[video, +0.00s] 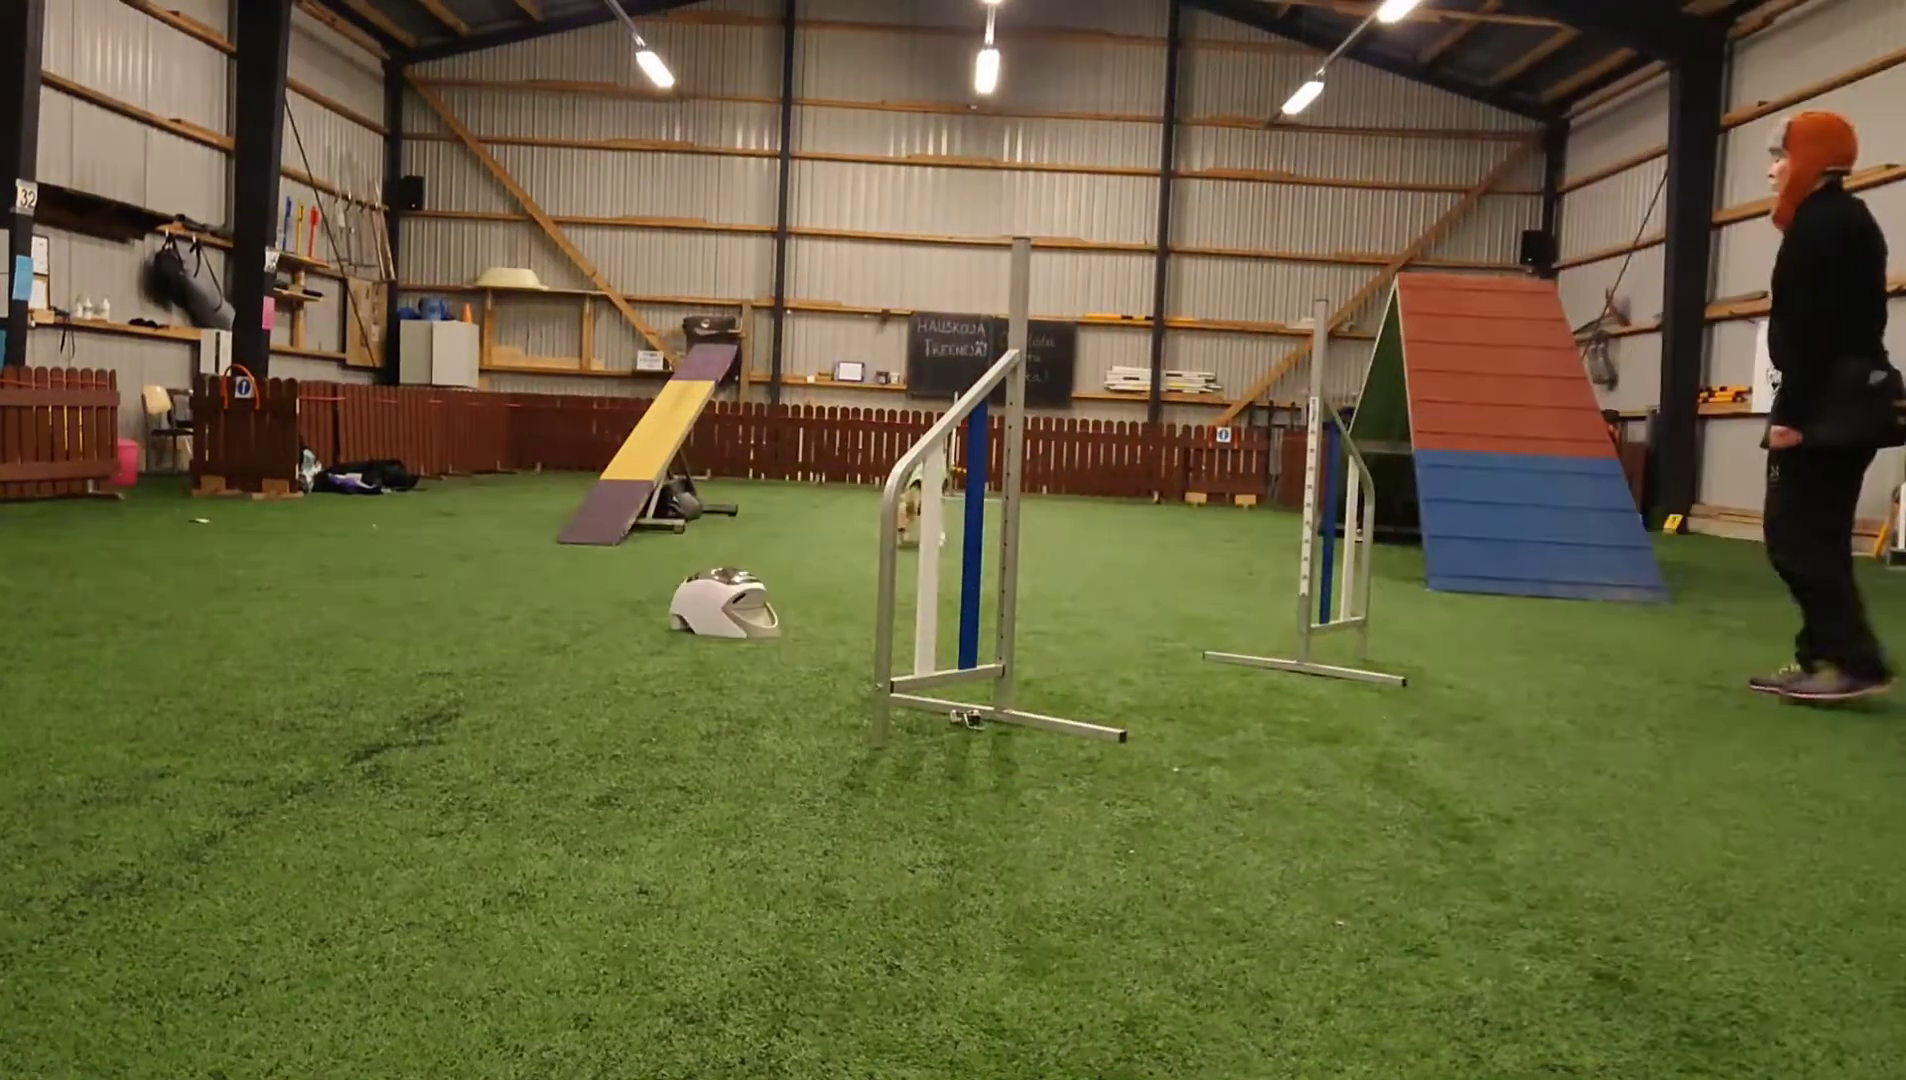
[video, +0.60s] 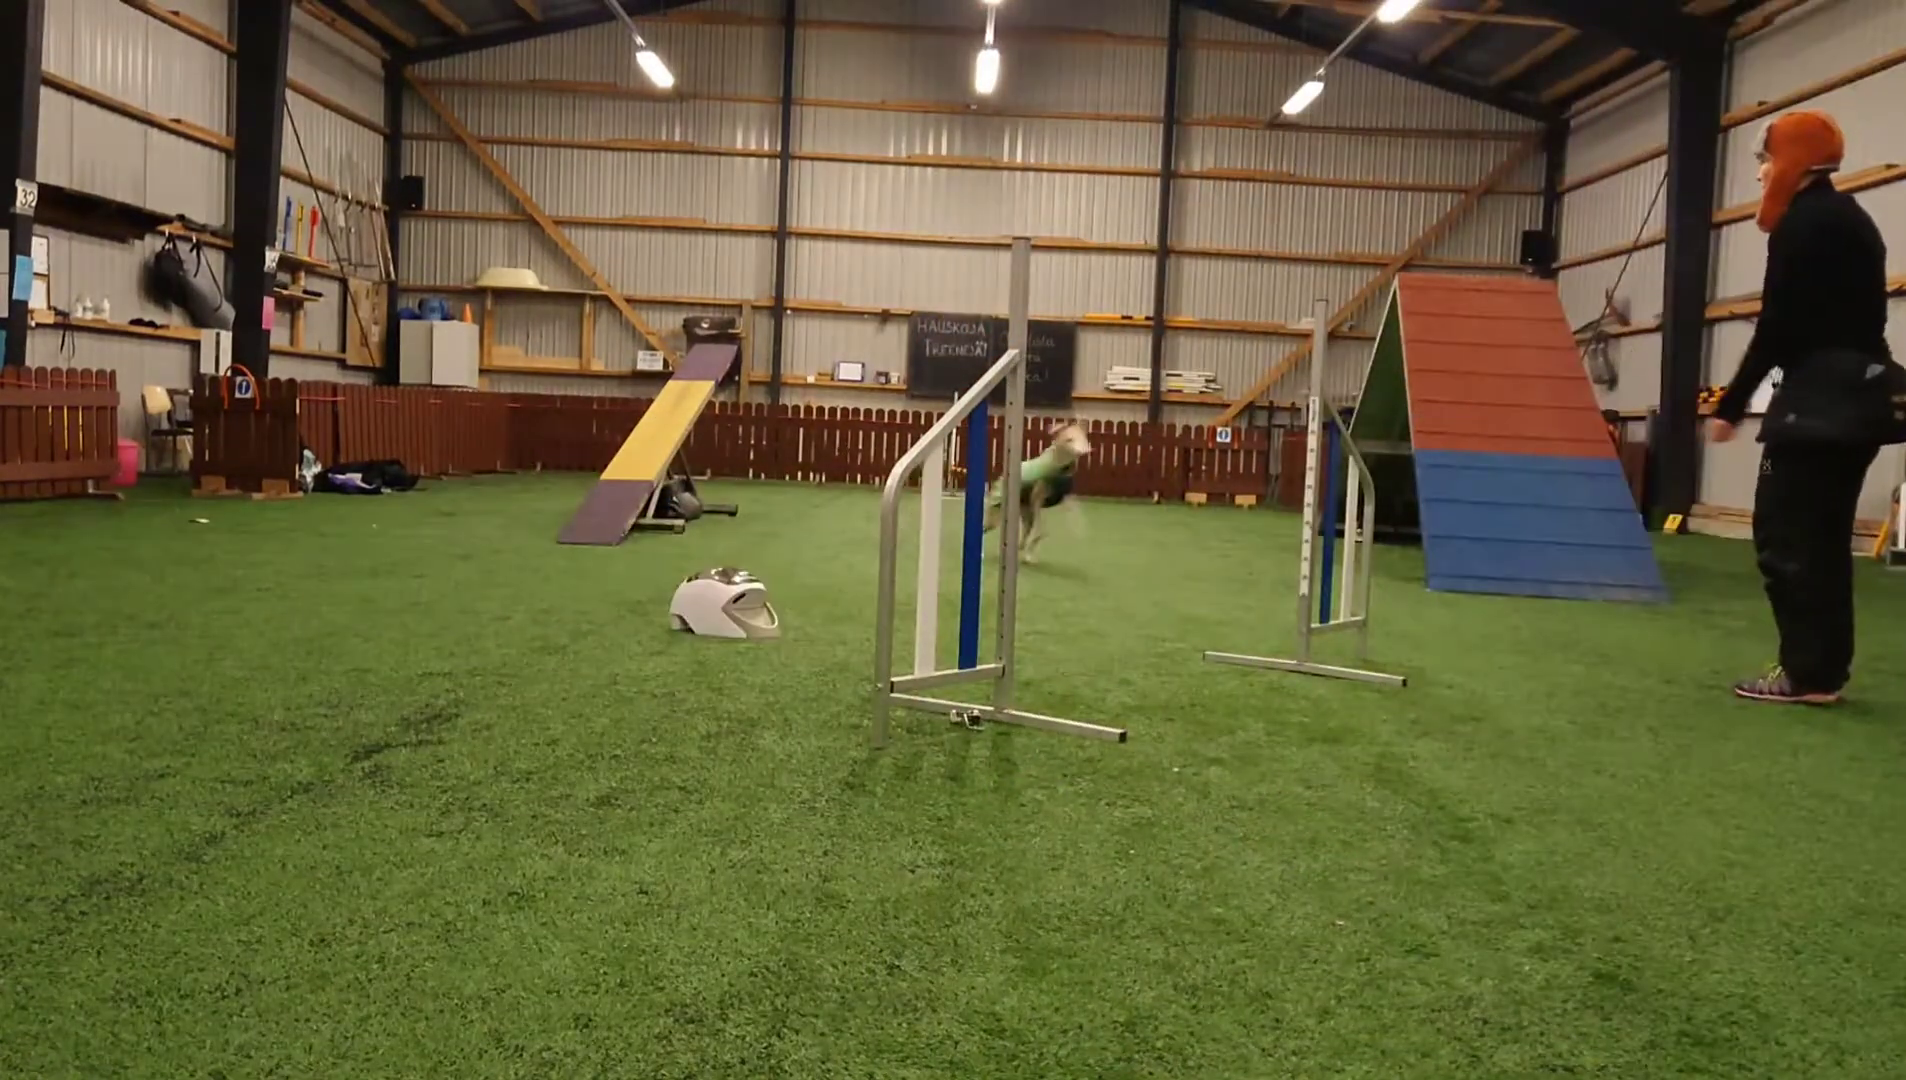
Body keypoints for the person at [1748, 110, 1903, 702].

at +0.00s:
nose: (1775, 166)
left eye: (1784, 155)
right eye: (1779, 154)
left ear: (1811, 162)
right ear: (1830, 162)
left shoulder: (1815, 225)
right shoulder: (1856, 220)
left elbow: (1811, 328)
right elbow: (1864, 324)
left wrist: (1790, 412)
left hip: (1822, 410)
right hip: (1852, 406)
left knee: (1793, 535)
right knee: (1822, 534)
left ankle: (1856, 663)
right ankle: (1822, 661)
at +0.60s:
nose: (1763, 168)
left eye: (1769, 158)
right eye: (1765, 157)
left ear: (1794, 163)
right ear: (1821, 162)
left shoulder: (1798, 225)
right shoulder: (1857, 222)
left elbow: (1776, 328)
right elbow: (1866, 326)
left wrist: (1731, 405)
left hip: (1812, 408)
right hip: (1855, 407)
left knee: (1782, 534)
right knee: (1826, 535)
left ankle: (1806, 673)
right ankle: (1825, 670)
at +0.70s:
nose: (1756, 176)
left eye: (1762, 164)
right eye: (1758, 164)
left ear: (1787, 169)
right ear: (1813, 168)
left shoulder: (1797, 232)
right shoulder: (1856, 224)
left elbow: (1768, 334)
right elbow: (1867, 323)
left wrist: (1692, 396)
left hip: (1831, 410)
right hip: (1875, 408)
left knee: (1788, 535)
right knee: (1835, 536)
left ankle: (1815, 674)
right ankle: (1827, 671)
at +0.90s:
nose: (1748, 209)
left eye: (1752, 195)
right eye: (1747, 197)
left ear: (1781, 194)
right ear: (1804, 191)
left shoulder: (1802, 246)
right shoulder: (1861, 232)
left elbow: (1777, 347)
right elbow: (1879, 318)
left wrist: (1693, 349)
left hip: (1865, 416)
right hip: (1894, 415)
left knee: (1835, 538)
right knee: (1844, 539)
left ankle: (1891, 675)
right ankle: (1822, 669)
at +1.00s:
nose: (1754, 217)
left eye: (1759, 204)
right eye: (1753, 205)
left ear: (1790, 203)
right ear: (1808, 201)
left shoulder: (1812, 258)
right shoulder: (1865, 235)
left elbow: (1786, 360)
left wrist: (1703, 367)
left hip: (1883, 423)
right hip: (1892, 420)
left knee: (1848, 541)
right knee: (1871, 545)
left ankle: (1823, 672)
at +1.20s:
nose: (1773, 244)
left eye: (1775, 230)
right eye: (1768, 233)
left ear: (1807, 223)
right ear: (1824, 220)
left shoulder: (1844, 276)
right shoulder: (1880, 248)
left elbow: (1841, 380)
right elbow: (1842, 378)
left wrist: (1750, 407)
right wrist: (1758, 404)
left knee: (1887, 547)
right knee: (1885, 545)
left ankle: (1837, 671)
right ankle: (1838, 669)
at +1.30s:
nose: (1775, 260)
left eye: (1777, 245)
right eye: (1771, 247)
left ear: (1809, 239)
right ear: (1818, 236)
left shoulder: (1862, 283)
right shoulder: (1877, 259)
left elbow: (1867, 395)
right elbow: (1867, 394)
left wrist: (1793, 453)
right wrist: (1795, 452)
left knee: (1896, 535)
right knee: (1895, 534)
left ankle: (1900, 679)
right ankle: (1897, 677)